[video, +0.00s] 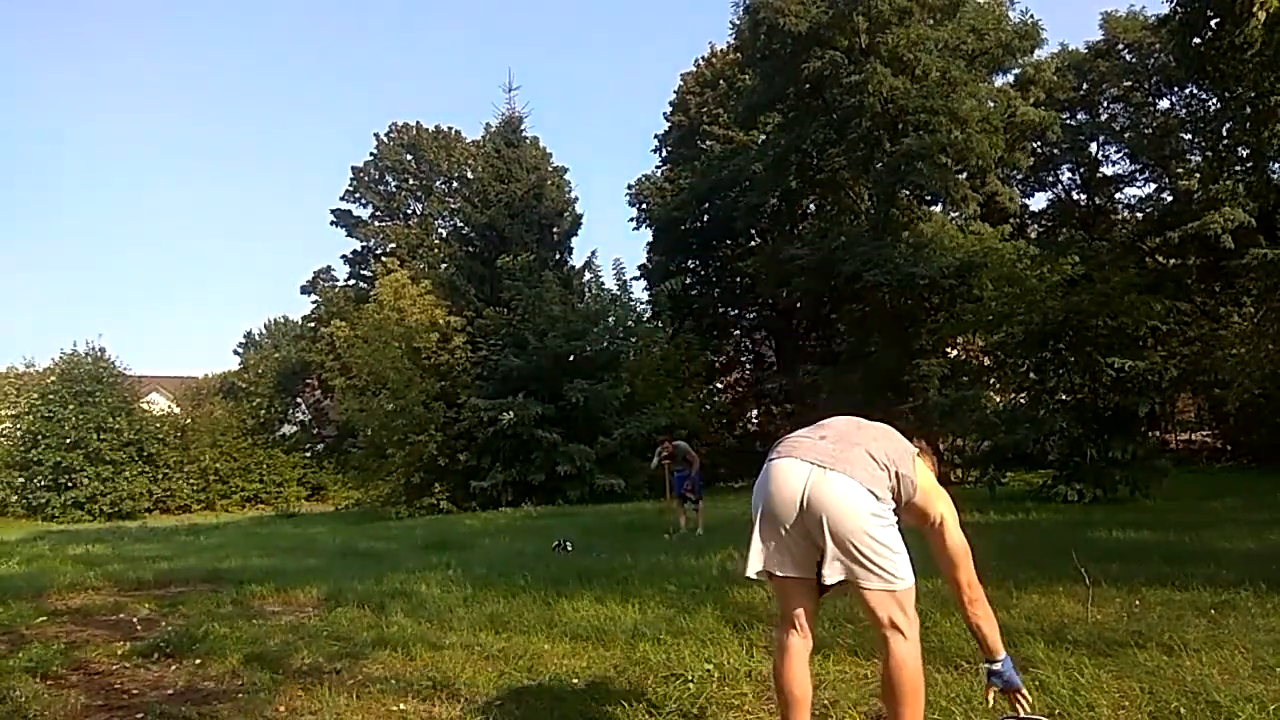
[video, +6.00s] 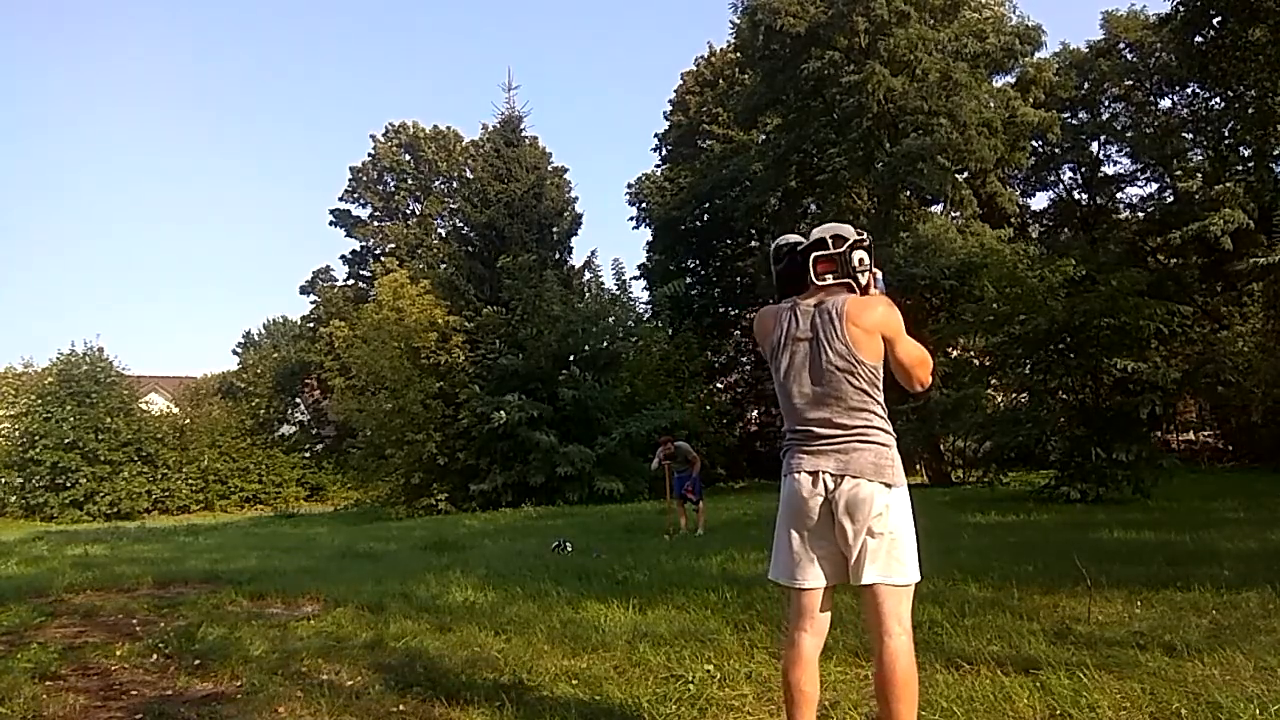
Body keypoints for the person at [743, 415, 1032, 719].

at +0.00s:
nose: (916, 517)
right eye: (931, 490)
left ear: (907, 454)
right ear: (927, 471)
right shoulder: (930, 489)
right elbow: (969, 591)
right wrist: (999, 662)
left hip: (777, 479)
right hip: (850, 492)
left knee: (793, 630)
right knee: (899, 629)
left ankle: (795, 713)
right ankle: (908, 713)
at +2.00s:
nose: (806, 289)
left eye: (804, 282)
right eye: (806, 281)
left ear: (756, 279)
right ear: (799, 278)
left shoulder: (711, 333)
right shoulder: (820, 323)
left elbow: (706, 418)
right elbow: (897, 386)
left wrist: (764, 411)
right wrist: (853, 386)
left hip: (751, 491)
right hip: (820, 488)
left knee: (778, 626)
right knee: (865, 623)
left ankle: (789, 718)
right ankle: (887, 716)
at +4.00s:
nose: (833, 291)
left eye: (834, 284)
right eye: (833, 283)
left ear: (777, 278)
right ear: (821, 279)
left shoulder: (727, 325)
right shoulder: (822, 317)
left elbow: (757, 314)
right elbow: (874, 363)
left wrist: (807, 267)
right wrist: (854, 299)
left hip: (757, 484)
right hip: (826, 483)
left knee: (780, 630)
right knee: (869, 626)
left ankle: (791, 718)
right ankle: (888, 717)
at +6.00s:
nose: (866, 271)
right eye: (863, 264)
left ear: (800, 273)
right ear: (856, 266)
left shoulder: (769, 322)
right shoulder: (874, 309)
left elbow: (774, 323)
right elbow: (920, 375)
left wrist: (810, 287)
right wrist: (879, 302)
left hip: (801, 484)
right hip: (873, 482)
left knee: (803, 632)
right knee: (893, 634)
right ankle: (901, 718)